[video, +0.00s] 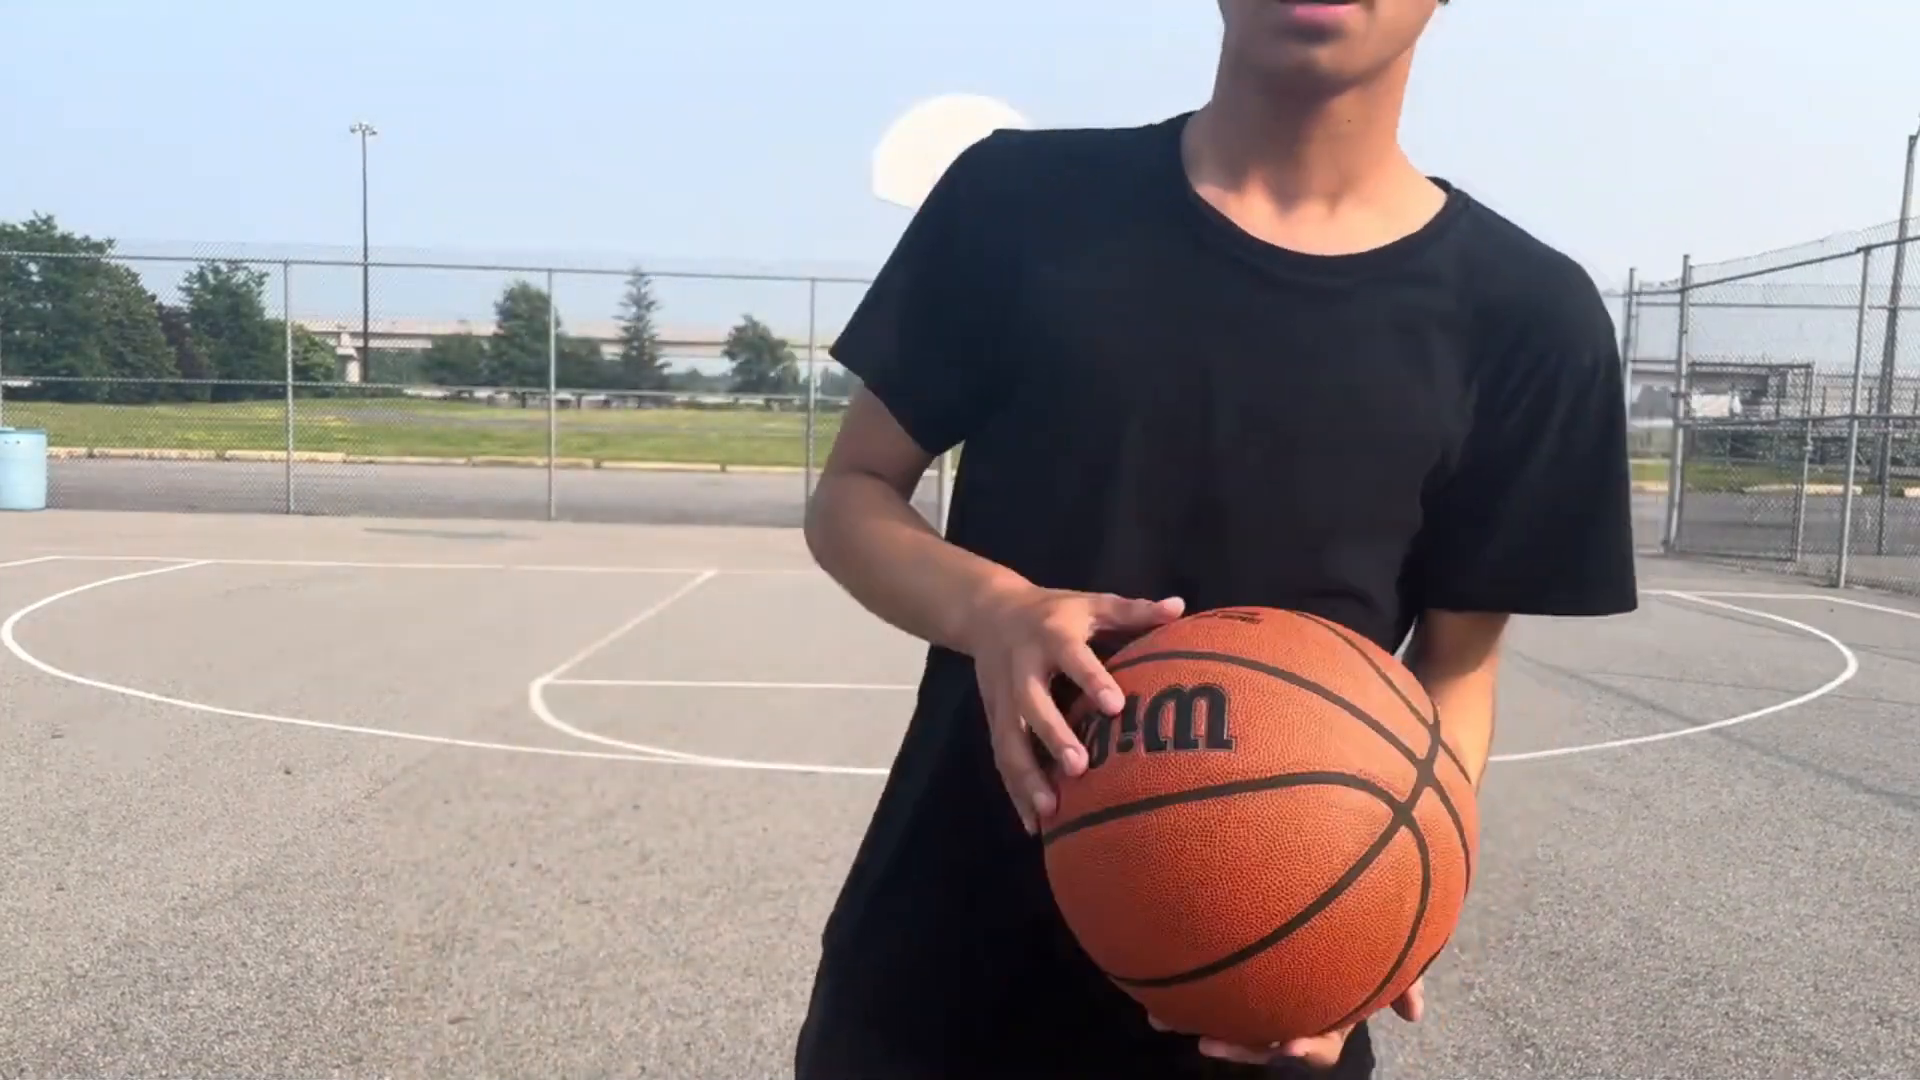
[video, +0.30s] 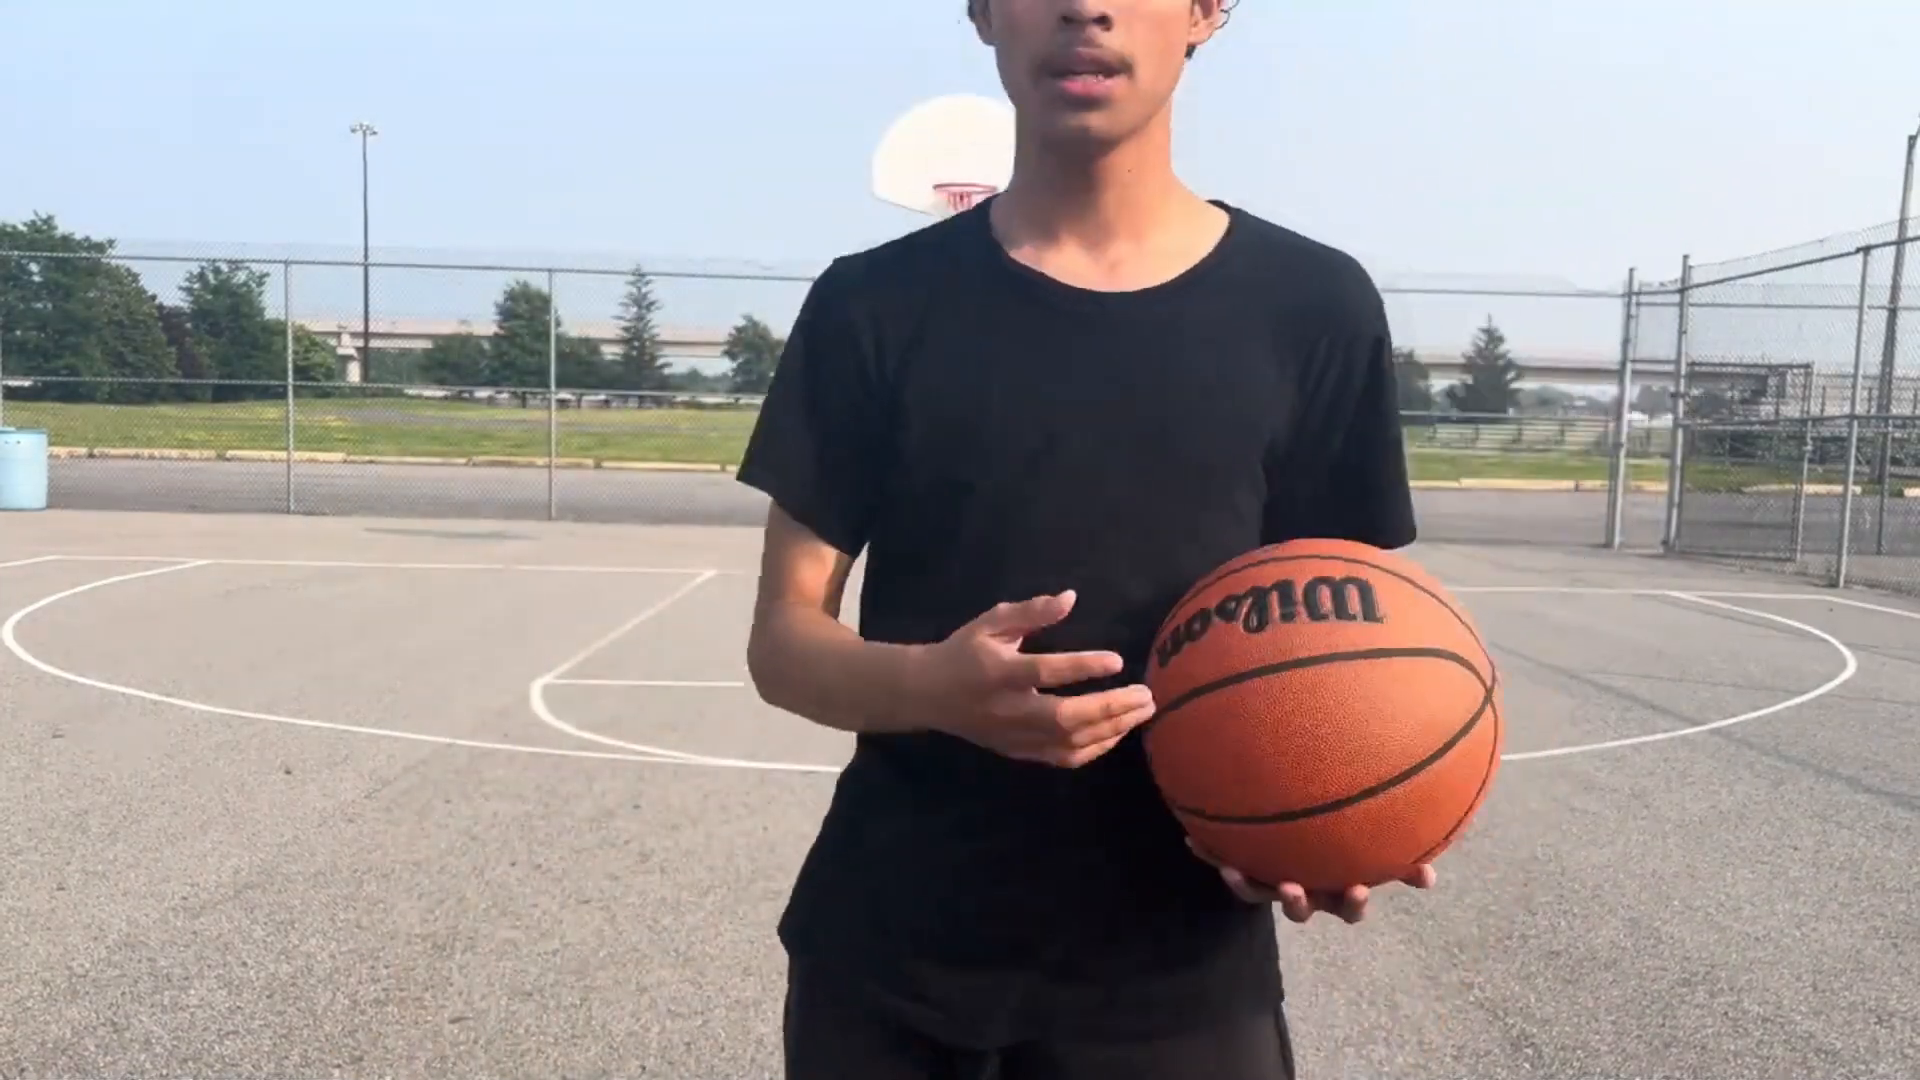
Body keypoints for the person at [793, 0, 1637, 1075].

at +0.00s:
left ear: (1443, 2)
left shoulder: (1528, 313)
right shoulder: (1015, 198)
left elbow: (1458, 663)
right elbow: (850, 496)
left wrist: (1371, 911)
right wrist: (988, 610)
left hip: (1268, 1014)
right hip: (940, 984)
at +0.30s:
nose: (1083, 9)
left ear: (1201, 16)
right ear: (988, 19)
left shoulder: (1319, 309)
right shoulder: (870, 306)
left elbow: (1353, 628)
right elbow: (782, 640)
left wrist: (1337, 805)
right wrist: (931, 687)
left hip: (1184, 976)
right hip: (890, 970)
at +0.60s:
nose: (980, 28)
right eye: (937, 2)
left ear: (1086, 21)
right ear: (887, 44)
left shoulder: (1217, 267)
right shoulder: (827, 331)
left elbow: (1279, 552)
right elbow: (792, 643)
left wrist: (1312, 705)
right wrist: (897, 700)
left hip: (1173, 911)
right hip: (915, 923)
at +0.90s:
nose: (1056, 64)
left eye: (1093, 21)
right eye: (1014, 34)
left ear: (1162, 45)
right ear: (977, 77)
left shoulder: (1277, 293)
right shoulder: (910, 329)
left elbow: (1329, 560)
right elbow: (848, 593)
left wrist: (1325, 710)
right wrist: (875, 708)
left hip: (1201, 887)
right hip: (971, 883)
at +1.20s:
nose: (1137, 99)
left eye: (1179, 55)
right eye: (1113, 64)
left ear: (1278, 73)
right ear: (1094, 83)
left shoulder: (1367, 336)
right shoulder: (1020, 298)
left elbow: (1352, 594)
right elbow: (839, 504)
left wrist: (1327, 736)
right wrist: (608, 632)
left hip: (1221, 868)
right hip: (999, 861)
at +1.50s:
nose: (1115, 95)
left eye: (1160, 54)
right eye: (1112, 58)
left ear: (1280, 73)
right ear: (1102, 68)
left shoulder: (1379, 350)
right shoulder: (1023, 291)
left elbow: (1343, 610)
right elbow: (849, 506)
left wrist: (1304, 761)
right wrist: (627, 645)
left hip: (1208, 887)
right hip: (979, 873)